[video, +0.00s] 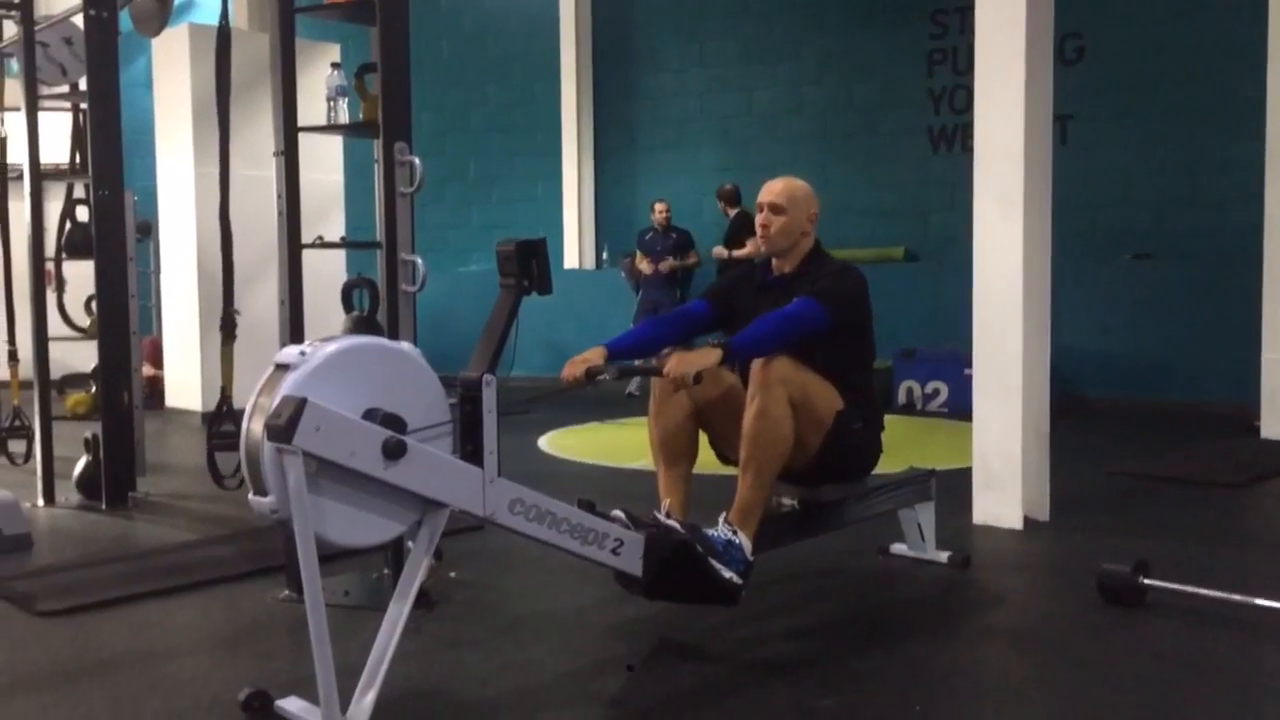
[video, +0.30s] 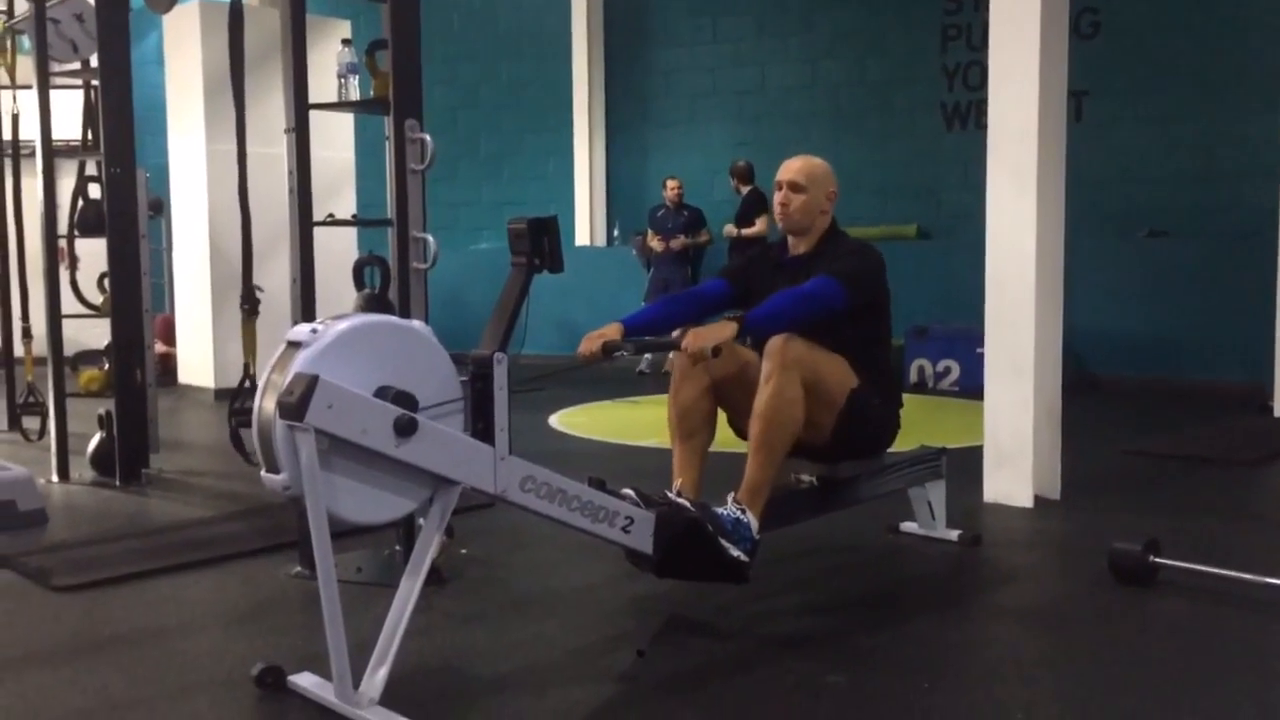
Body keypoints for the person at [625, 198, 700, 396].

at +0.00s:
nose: (664, 215)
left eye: (667, 212)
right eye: (660, 212)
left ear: (671, 213)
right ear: (653, 215)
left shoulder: (682, 235)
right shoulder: (644, 236)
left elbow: (694, 259)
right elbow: (639, 259)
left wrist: (675, 264)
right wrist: (643, 265)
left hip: (671, 293)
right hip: (648, 293)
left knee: (671, 336)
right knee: (640, 334)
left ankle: (671, 381)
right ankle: (638, 377)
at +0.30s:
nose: (677, 192)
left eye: (679, 188)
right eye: (673, 189)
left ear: (683, 191)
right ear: (665, 192)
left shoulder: (694, 213)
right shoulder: (655, 213)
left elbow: (706, 237)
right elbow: (650, 237)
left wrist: (687, 242)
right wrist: (654, 243)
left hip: (682, 269)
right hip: (659, 269)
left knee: (680, 312)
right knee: (652, 310)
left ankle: (676, 355)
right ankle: (648, 355)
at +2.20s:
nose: (669, 170)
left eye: (672, 166)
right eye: (665, 166)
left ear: (677, 169)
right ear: (659, 169)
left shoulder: (688, 191)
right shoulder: (649, 191)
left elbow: (700, 216)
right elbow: (644, 215)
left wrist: (682, 220)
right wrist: (647, 221)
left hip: (678, 250)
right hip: (654, 250)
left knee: (677, 292)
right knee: (648, 290)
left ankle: (674, 332)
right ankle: (647, 332)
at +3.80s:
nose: (664, 185)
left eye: (668, 181)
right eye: (661, 182)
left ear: (675, 182)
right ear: (656, 184)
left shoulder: (681, 203)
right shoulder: (650, 204)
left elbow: (682, 230)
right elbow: (648, 235)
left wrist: (661, 227)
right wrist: (669, 232)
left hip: (674, 257)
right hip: (653, 257)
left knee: (673, 303)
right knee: (647, 299)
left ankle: (670, 348)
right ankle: (643, 346)